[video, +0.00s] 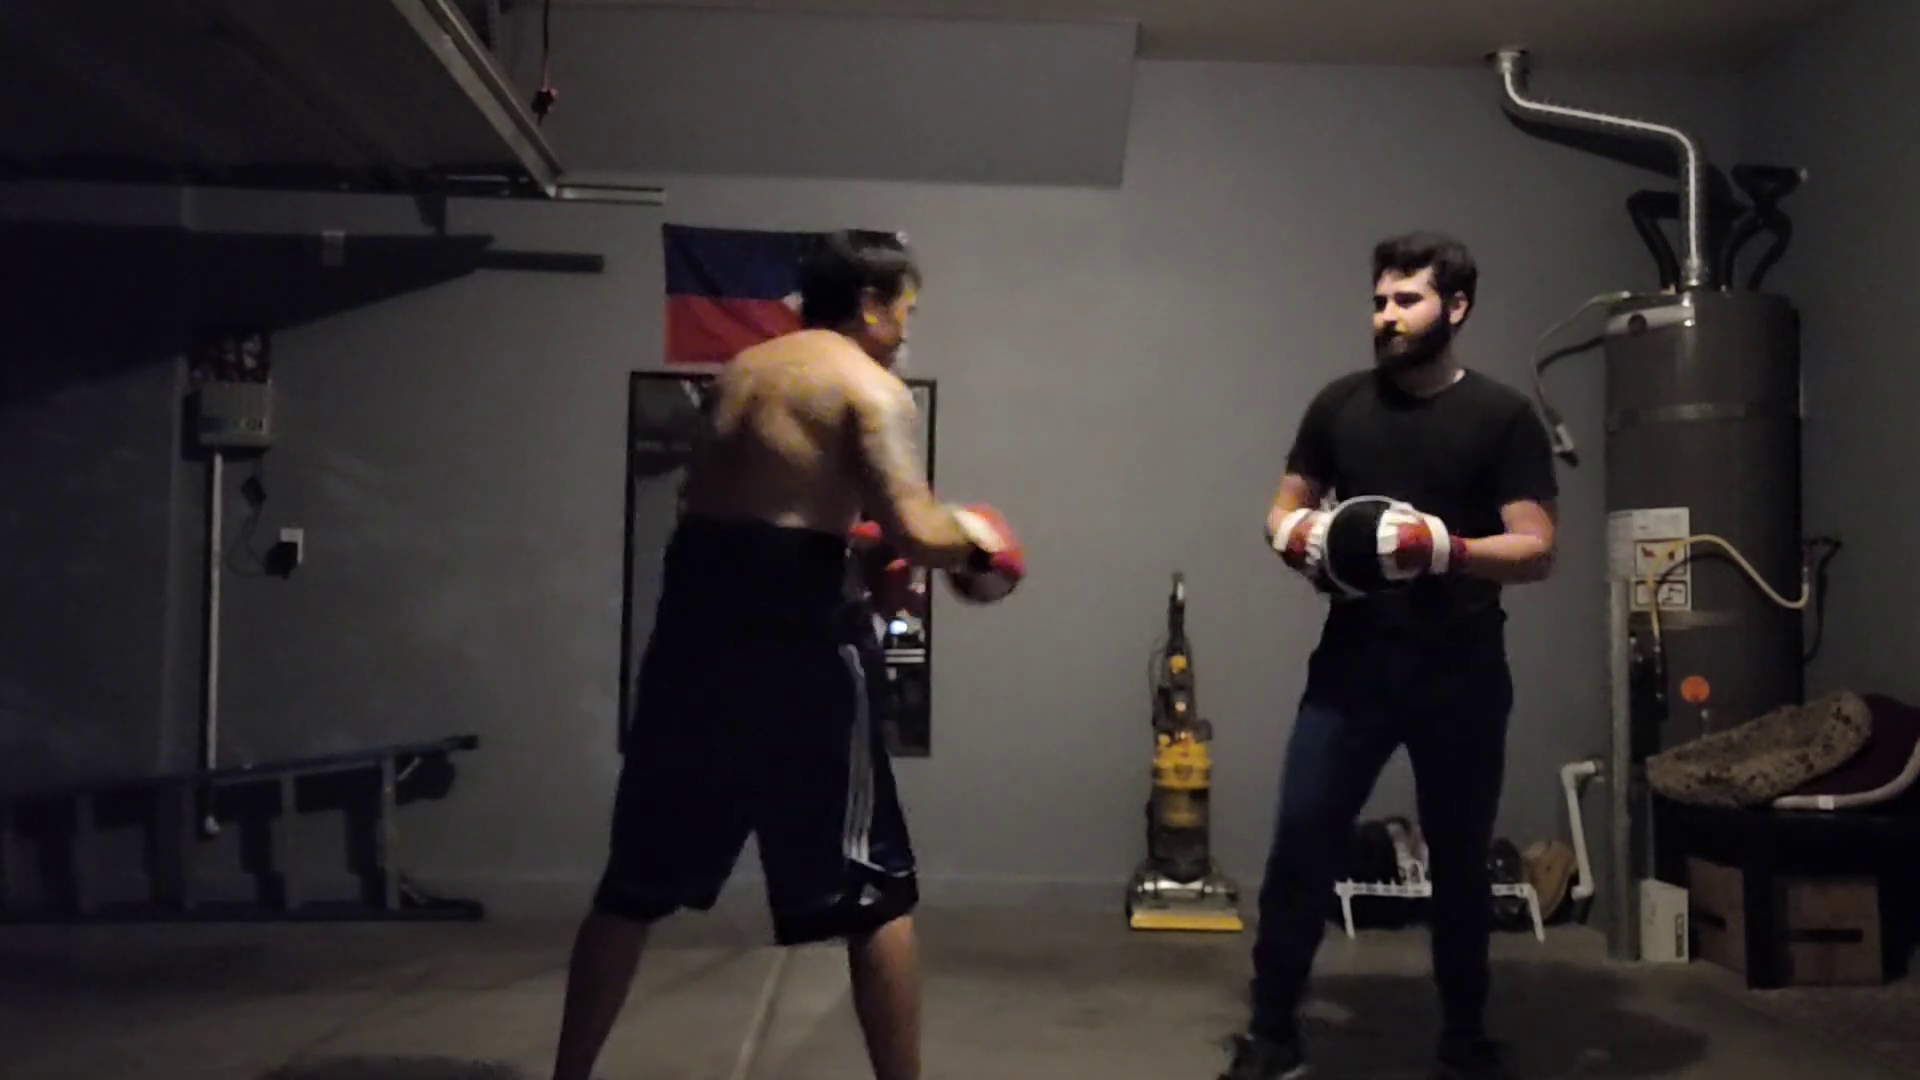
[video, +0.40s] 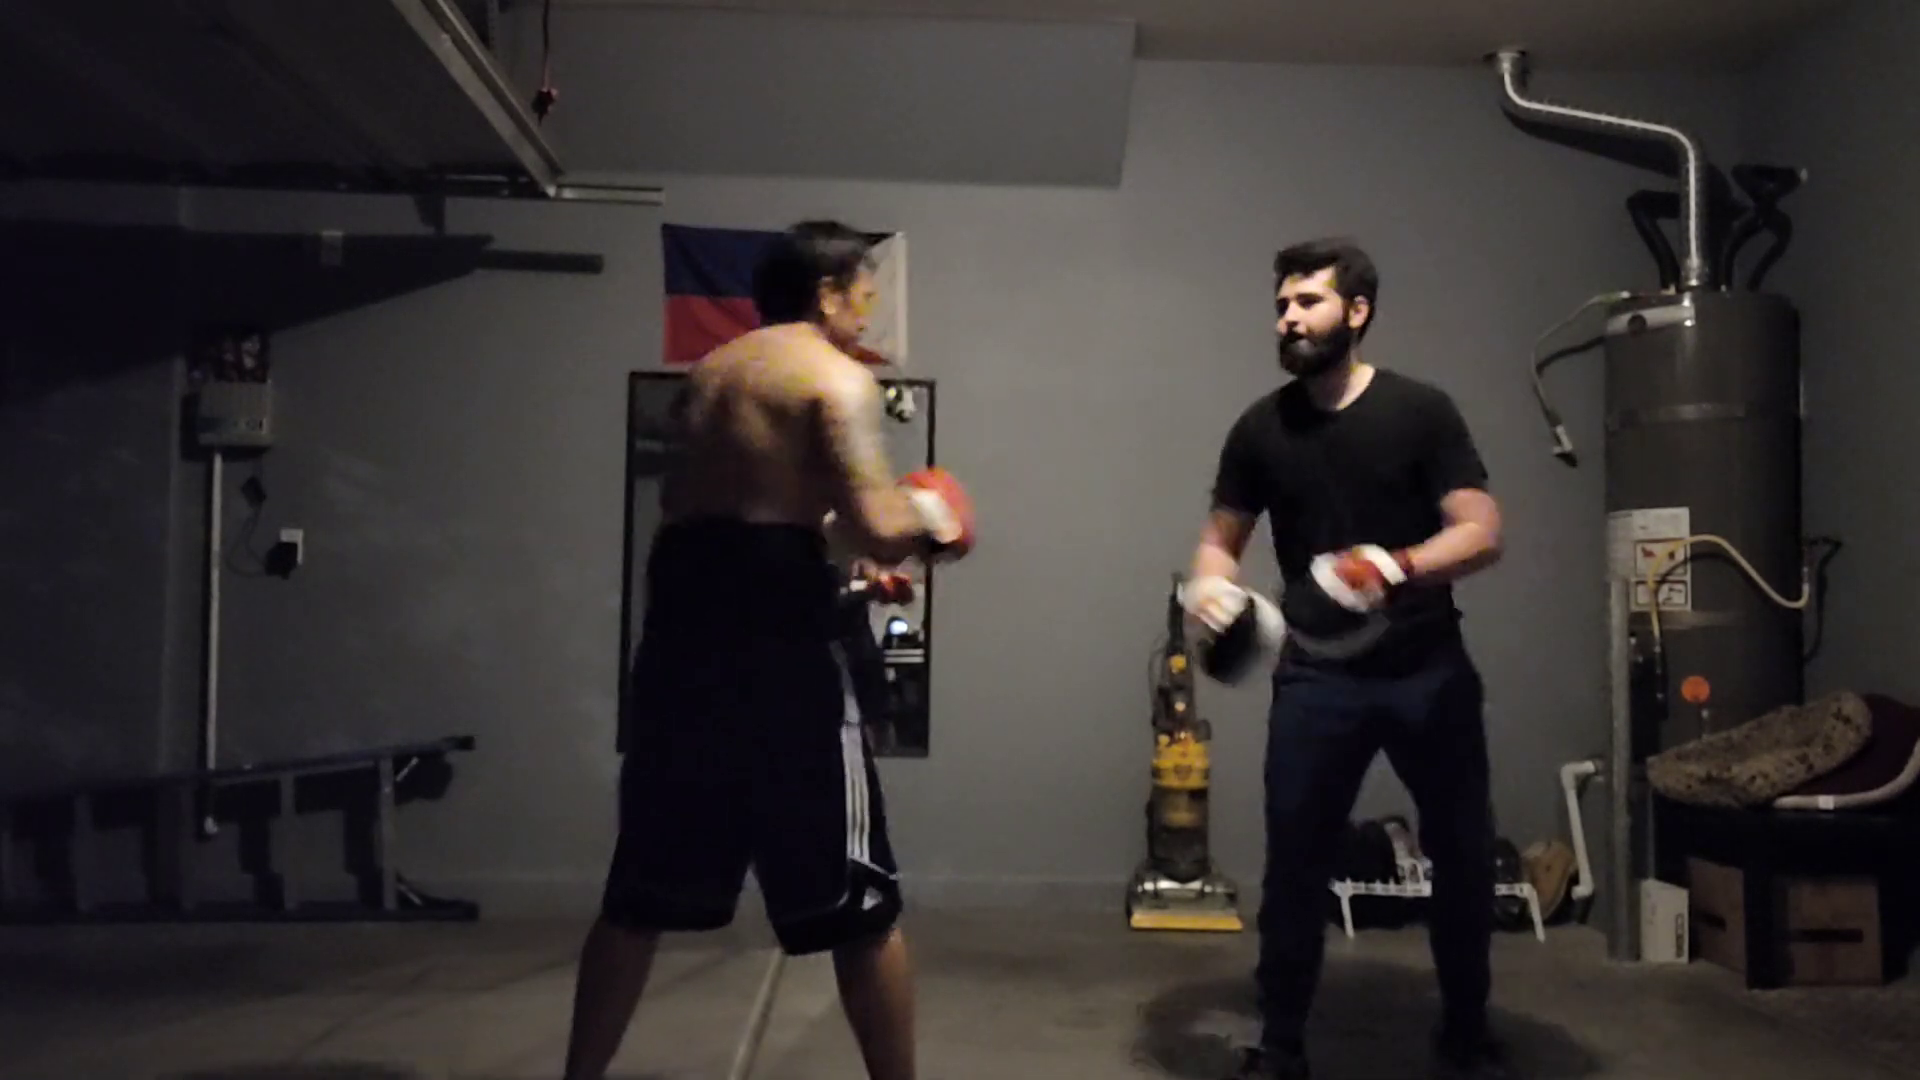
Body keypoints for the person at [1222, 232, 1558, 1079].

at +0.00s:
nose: (1387, 313)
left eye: (1407, 299)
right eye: (1380, 300)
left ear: (1457, 307)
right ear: (1374, 309)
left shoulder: (1504, 414)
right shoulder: (1339, 407)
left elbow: (1535, 543)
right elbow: (1285, 515)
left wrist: (1446, 549)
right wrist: (1302, 540)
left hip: (1460, 671)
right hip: (1354, 663)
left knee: (1459, 864)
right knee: (1299, 842)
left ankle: (1464, 1039)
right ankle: (1273, 1033)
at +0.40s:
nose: (1290, 317)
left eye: (1308, 301)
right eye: (1283, 304)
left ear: (1357, 310)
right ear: (1278, 315)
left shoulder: (1420, 410)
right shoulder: (1260, 431)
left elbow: (1481, 530)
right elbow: (1223, 539)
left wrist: (1398, 566)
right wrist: (1206, 588)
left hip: (1426, 675)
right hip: (1316, 681)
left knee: (1463, 858)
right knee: (1293, 864)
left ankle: (1466, 1035)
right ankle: (1280, 1042)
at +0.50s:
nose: (1291, 316)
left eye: (1308, 301)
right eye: (1283, 304)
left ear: (1357, 311)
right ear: (1278, 317)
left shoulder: (1417, 407)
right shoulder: (1264, 424)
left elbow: (1461, 516)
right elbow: (1198, 524)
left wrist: (1363, 497)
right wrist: (1163, 540)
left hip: (1425, 677)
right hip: (1316, 679)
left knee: (1464, 858)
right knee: (1292, 864)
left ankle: (1469, 1023)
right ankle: (1280, 1044)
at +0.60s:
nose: (1306, 316)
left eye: (1323, 301)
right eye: (1297, 306)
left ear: (1371, 309)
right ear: (1290, 318)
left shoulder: (1420, 393)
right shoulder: (1277, 413)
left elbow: (1444, 469)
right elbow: (1176, 486)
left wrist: (1349, 400)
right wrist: (1149, 436)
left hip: (1426, 673)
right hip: (1319, 676)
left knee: (1463, 861)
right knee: (1294, 870)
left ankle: (1480, 1025)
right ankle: (1279, 1045)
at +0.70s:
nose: (1337, 320)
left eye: (1354, 303)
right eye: (1327, 309)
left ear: (1394, 310)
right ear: (1317, 323)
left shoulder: (1445, 392)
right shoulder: (1296, 411)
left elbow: (1435, 419)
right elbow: (1179, 431)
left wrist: (1376, 331)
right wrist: (1185, 353)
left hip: (1435, 673)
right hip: (1330, 676)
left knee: (1461, 864)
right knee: (1299, 860)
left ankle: (1480, 1034)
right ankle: (1281, 1043)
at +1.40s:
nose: (1296, 316)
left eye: (1315, 302)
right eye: (1286, 297)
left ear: (1346, 316)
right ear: (1262, 312)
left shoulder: (1382, 396)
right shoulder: (1241, 405)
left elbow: (1329, 429)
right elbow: (1125, 393)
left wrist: (1305, 334)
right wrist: (1134, 299)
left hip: (1375, 673)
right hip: (1270, 673)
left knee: (1421, 854)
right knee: (1227, 853)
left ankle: (1469, 1025)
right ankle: (1188, 1032)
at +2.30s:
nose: (1255, 354)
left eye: (1271, 339)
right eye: (1247, 341)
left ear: (1308, 341)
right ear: (1237, 346)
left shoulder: (1351, 415)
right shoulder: (1218, 422)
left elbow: (1307, 440)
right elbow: (1112, 426)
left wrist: (1299, 344)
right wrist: (1106, 351)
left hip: (1336, 679)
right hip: (1241, 676)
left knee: (1360, 847)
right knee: (1191, 836)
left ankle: (1396, 1006)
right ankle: (1143, 1013)